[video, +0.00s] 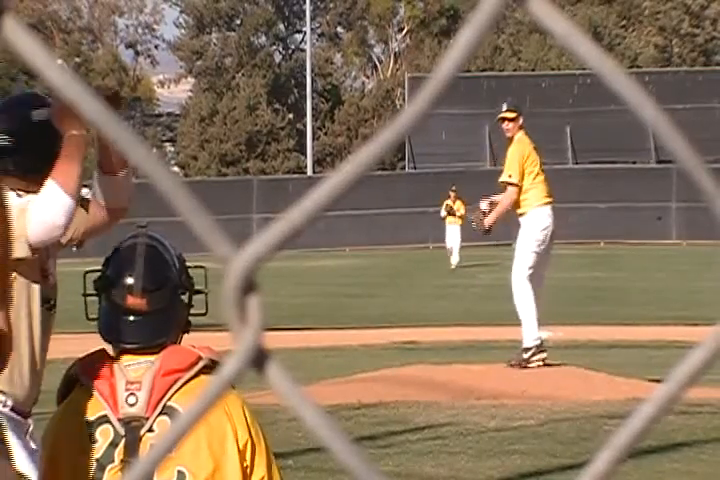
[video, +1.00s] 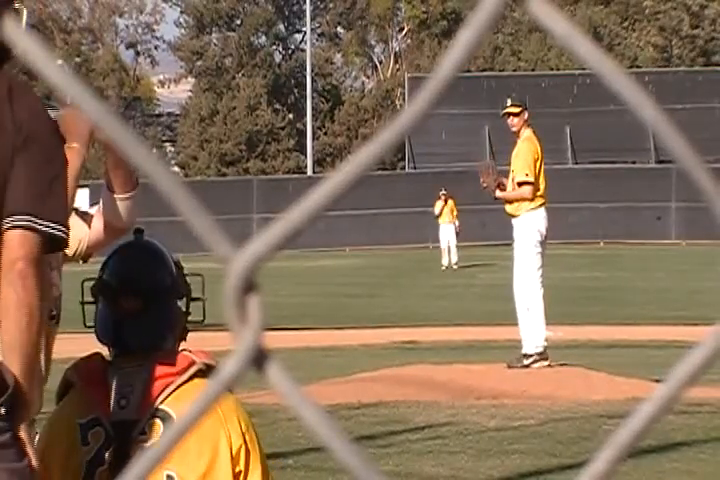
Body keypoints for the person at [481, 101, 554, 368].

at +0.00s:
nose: (506, 125)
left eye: (510, 120)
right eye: (503, 121)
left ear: (520, 121)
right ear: (501, 123)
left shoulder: (517, 146)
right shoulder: (522, 143)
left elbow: (512, 193)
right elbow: (519, 187)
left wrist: (489, 221)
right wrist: (495, 200)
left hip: (535, 214)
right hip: (541, 212)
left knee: (520, 276)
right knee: (530, 278)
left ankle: (532, 343)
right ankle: (531, 342)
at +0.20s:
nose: (511, 121)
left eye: (515, 116)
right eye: (508, 117)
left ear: (525, 117)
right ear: (506, 119)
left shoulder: (521, 143)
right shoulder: (525, 140)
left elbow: (514, 191)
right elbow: (516, 182)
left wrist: (486, 198)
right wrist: (492, 185)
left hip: (530, 215)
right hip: (534, 213)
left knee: (524, 282)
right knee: (529, 281)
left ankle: (533, 348)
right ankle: (534, 345)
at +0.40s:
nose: (511, 120)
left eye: (516, 115)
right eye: (508, 115)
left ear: (526, 116)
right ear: (507, 118)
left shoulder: (522, 143)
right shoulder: (524, 140)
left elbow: (517, 190)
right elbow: (517, 182)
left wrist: (492, 184)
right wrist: (495, 179)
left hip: (529, 216)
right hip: (529, 214)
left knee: (526, 281)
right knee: (526, 281)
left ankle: (534, 348)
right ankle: (533, 346)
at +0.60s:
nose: (511, 119)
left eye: (515, 114)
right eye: (508, 115)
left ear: (525, 116)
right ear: (506, 118)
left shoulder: (524, 143)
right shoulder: (524, 140)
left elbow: (521, 189)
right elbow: (519, 183)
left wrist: (494, 182)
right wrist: (496, 178)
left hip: (529, 216)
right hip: (527, 214)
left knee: (527, 282)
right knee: (526, 281)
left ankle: (534, 348)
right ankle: (533, 346)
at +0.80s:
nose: (510, 120)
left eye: (514, 115)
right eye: (507, 116)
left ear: (525, 116)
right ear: (507, 118)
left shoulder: (524, 144)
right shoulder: (525, 141)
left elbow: (525, 191)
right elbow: (520, 183)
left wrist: (496, 188)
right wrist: (498, 179)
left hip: (529, 216)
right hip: (527, 214)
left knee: (527, 282)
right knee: (526, 282)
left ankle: (534, 348)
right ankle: (532, 346)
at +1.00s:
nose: (511, 120)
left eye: (515, 115)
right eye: (508, 116)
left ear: (526, 115)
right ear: (507, 119)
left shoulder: (525, 145)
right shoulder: (525, 142)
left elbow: (527, 191)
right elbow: (520, 181)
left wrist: (499, 194)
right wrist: (500, 183)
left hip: (529, 216)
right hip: (526, 214)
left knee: (527, 282)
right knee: (524, 281)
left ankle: (534, 348)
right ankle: (532, 346)